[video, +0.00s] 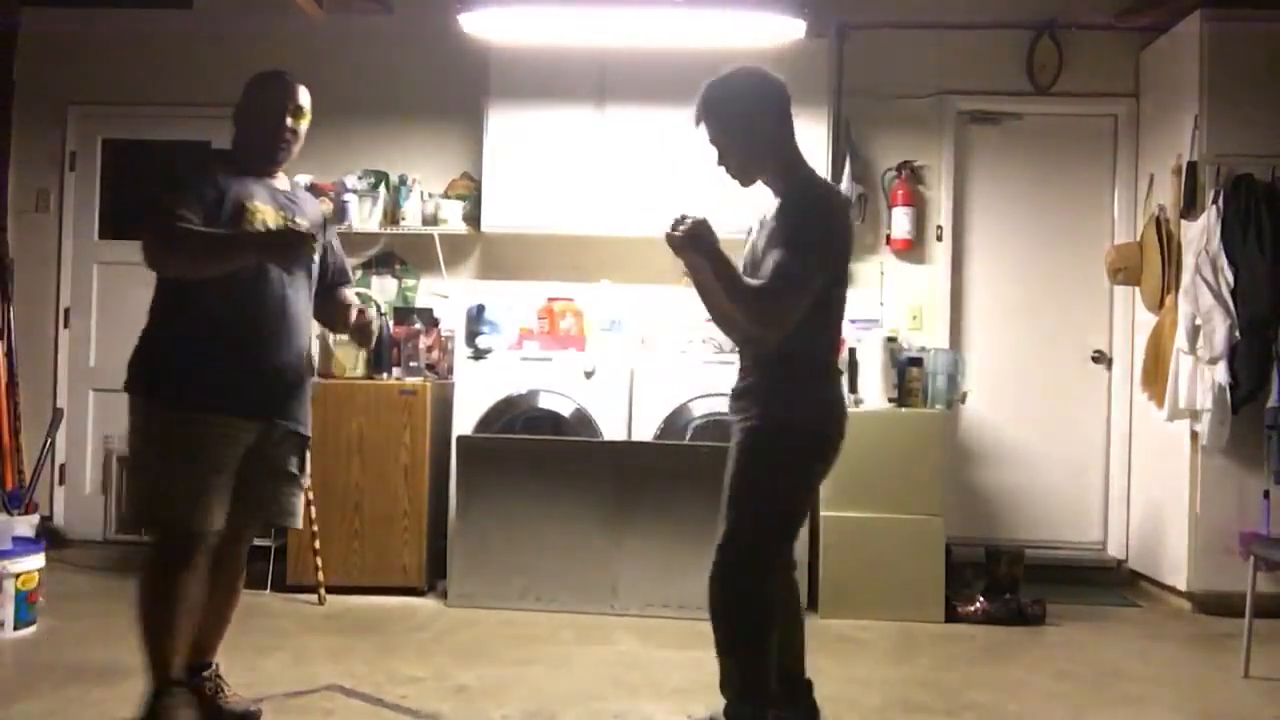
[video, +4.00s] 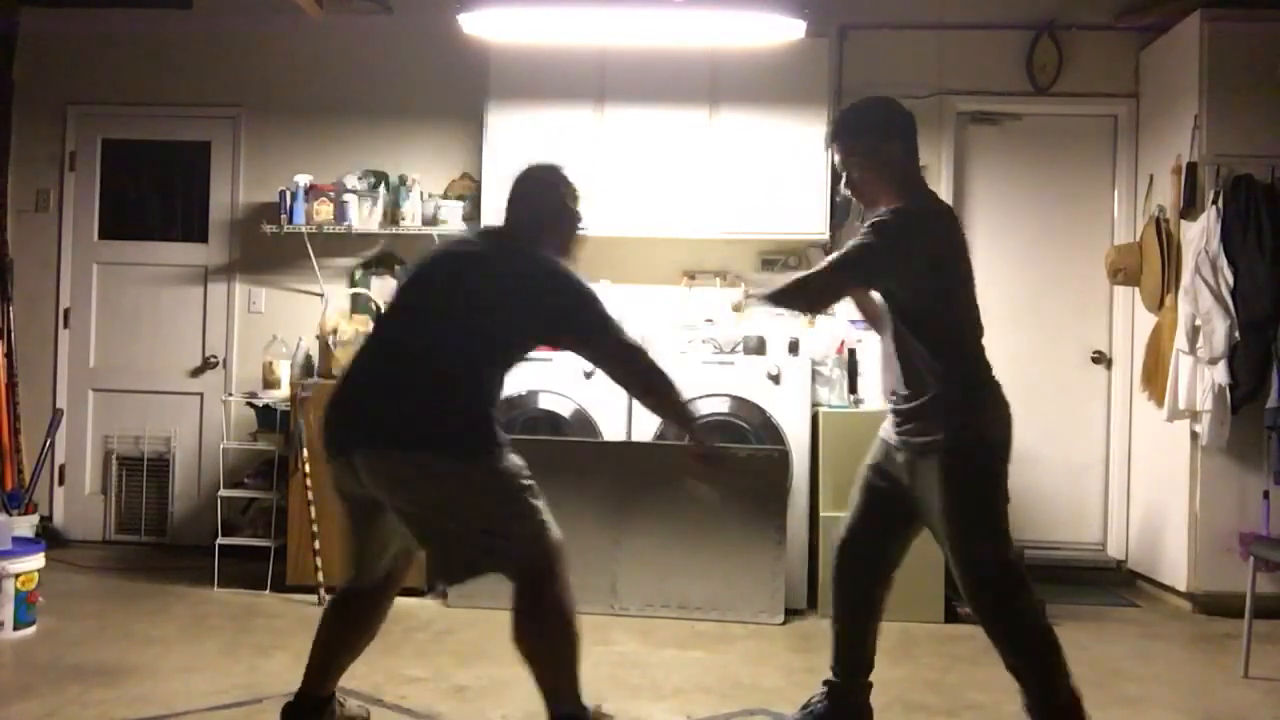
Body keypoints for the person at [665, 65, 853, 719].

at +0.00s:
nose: (715, 156)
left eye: (718, 137)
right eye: (710, 141)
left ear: (758, 126)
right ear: (767, 129)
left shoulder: (811, 209)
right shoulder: (786, 213)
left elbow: (764, 328)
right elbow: (753, 323)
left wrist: (706, 260)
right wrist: (702, 262)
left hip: (786, 419)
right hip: (775, 415)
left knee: (737, 576)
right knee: (767, 567)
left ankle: (747, 709)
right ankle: (787, 702)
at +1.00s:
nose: (752, 184)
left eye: (756, 167)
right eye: (747, 171)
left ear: (795, 153)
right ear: (794, 159)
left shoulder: (852, 218)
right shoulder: (807, 238)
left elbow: (818, 329)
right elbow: (777, 341)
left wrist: (763, 263)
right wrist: (745, 279)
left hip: (862, 438)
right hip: (805, 432)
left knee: (895, 585)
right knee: (757, 559)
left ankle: (962, 711)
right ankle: (775, 695)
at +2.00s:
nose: (843, 172)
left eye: (849, 157)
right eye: (838, 159)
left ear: (893, 146)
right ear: (856, 159)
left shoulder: (962, 222)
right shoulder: (862, 240)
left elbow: (940, 315)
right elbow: (821, 332)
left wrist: (862, 251)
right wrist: (806, 260)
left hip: (948, 435)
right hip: (877, 432)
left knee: (955, 594)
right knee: (840, 572)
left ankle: (994, 714)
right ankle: (850, 698)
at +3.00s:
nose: (852, 184)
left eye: (858, 166)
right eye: (848, 169)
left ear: (899, 157)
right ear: (901, 162)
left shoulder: (948, 231)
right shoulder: (929, 233)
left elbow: (940, 346)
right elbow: (951, 337)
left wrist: (853, 360)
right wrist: (885, 323)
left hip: (964, 438)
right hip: (916, 435)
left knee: (986, 600)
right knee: (856, 561)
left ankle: (1057, 717)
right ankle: (837, 696)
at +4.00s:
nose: (843, 180)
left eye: (849, 164)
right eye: (839, 166)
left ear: (890, 153)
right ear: (888, 160)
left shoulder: (910, 223)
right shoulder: (903, 221)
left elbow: (806, 291)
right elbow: (890, 321)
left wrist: (750, 295)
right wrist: (842, 281)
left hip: (957, 431)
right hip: (906, 429)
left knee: (993, 588)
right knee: (858, 565)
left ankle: (1059, 712)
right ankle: (846, 698)